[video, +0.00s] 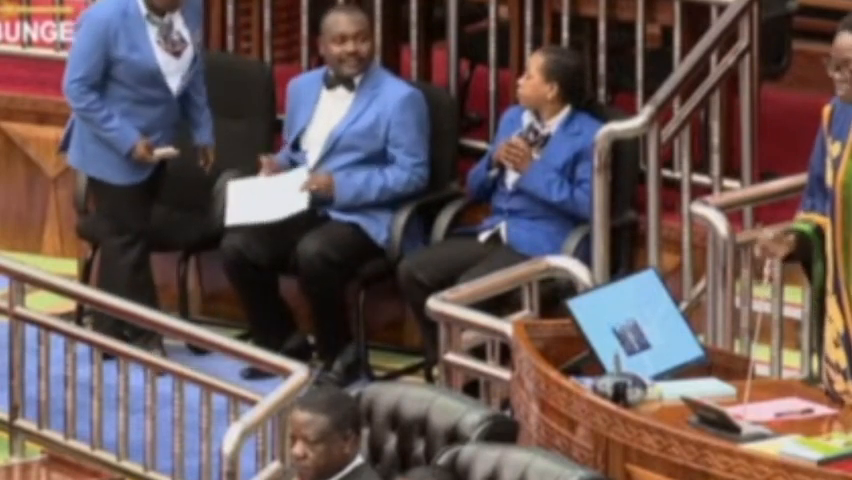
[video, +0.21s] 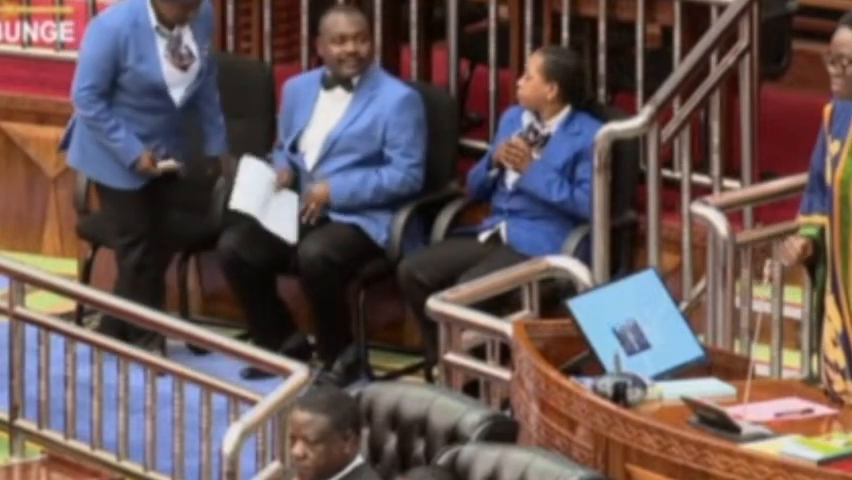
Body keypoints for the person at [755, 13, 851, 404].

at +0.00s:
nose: (844, 75)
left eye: (849, 65)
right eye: (839, 65)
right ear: (829, 67)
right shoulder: (834, 117)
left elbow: (820, 201)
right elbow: (819, 199)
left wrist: (798, 235)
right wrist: (796, 237)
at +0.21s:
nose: (836, 70)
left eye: (844, 61)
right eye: (832, 60)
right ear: (826, 61)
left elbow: (821, 190)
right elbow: (818, 186)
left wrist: (808, 233)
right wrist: (805, 231)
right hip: (834, 273)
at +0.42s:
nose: (836, 66)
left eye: (843, 57)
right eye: (833, 57)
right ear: (828, 59)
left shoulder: (840, 114)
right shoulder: (835, 112)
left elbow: (822, 187)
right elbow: (820, 184)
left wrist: (807, 232)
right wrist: (806, 231)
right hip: (835, 275)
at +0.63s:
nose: (838, 66)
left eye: (844, 57)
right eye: (835, 57)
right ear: (829, 60)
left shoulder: (839, 115)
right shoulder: (835, 114)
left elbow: (822, 197)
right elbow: (820, 193)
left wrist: (806, 233)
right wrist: (804, 234)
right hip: (835, 293)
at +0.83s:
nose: (845, 68)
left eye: (849, 58)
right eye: (840, 58)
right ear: (831, 60)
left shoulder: (838, 114)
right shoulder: (836, 114)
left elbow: (822, 199)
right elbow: (820, 195)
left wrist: (806, 234)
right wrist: (804, 236)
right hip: (836, 302)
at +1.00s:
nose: (844, 68)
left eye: (849, 58)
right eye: (840, 58)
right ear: (832, 59)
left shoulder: (838, 114)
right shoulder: (835, 114)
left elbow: (821, 199)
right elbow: (818, 195)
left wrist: (805, 237)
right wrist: (803, 237)